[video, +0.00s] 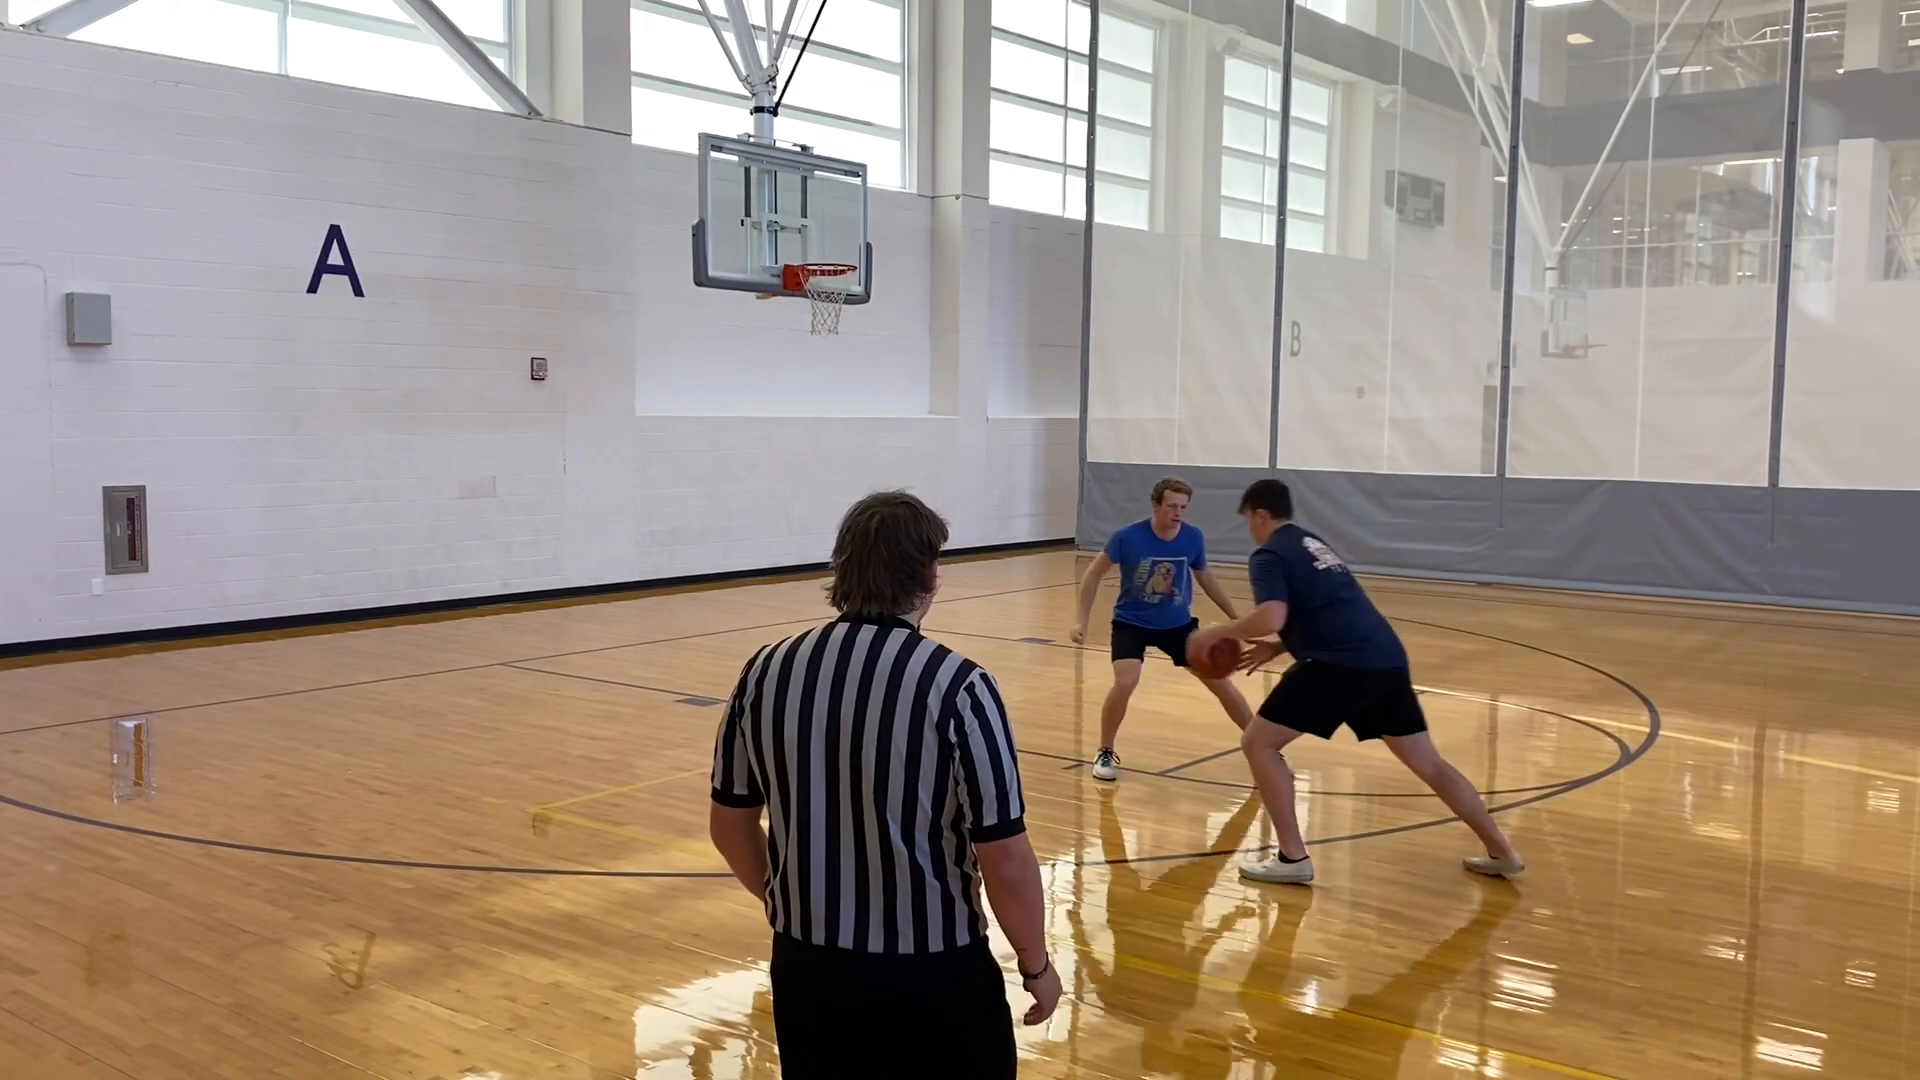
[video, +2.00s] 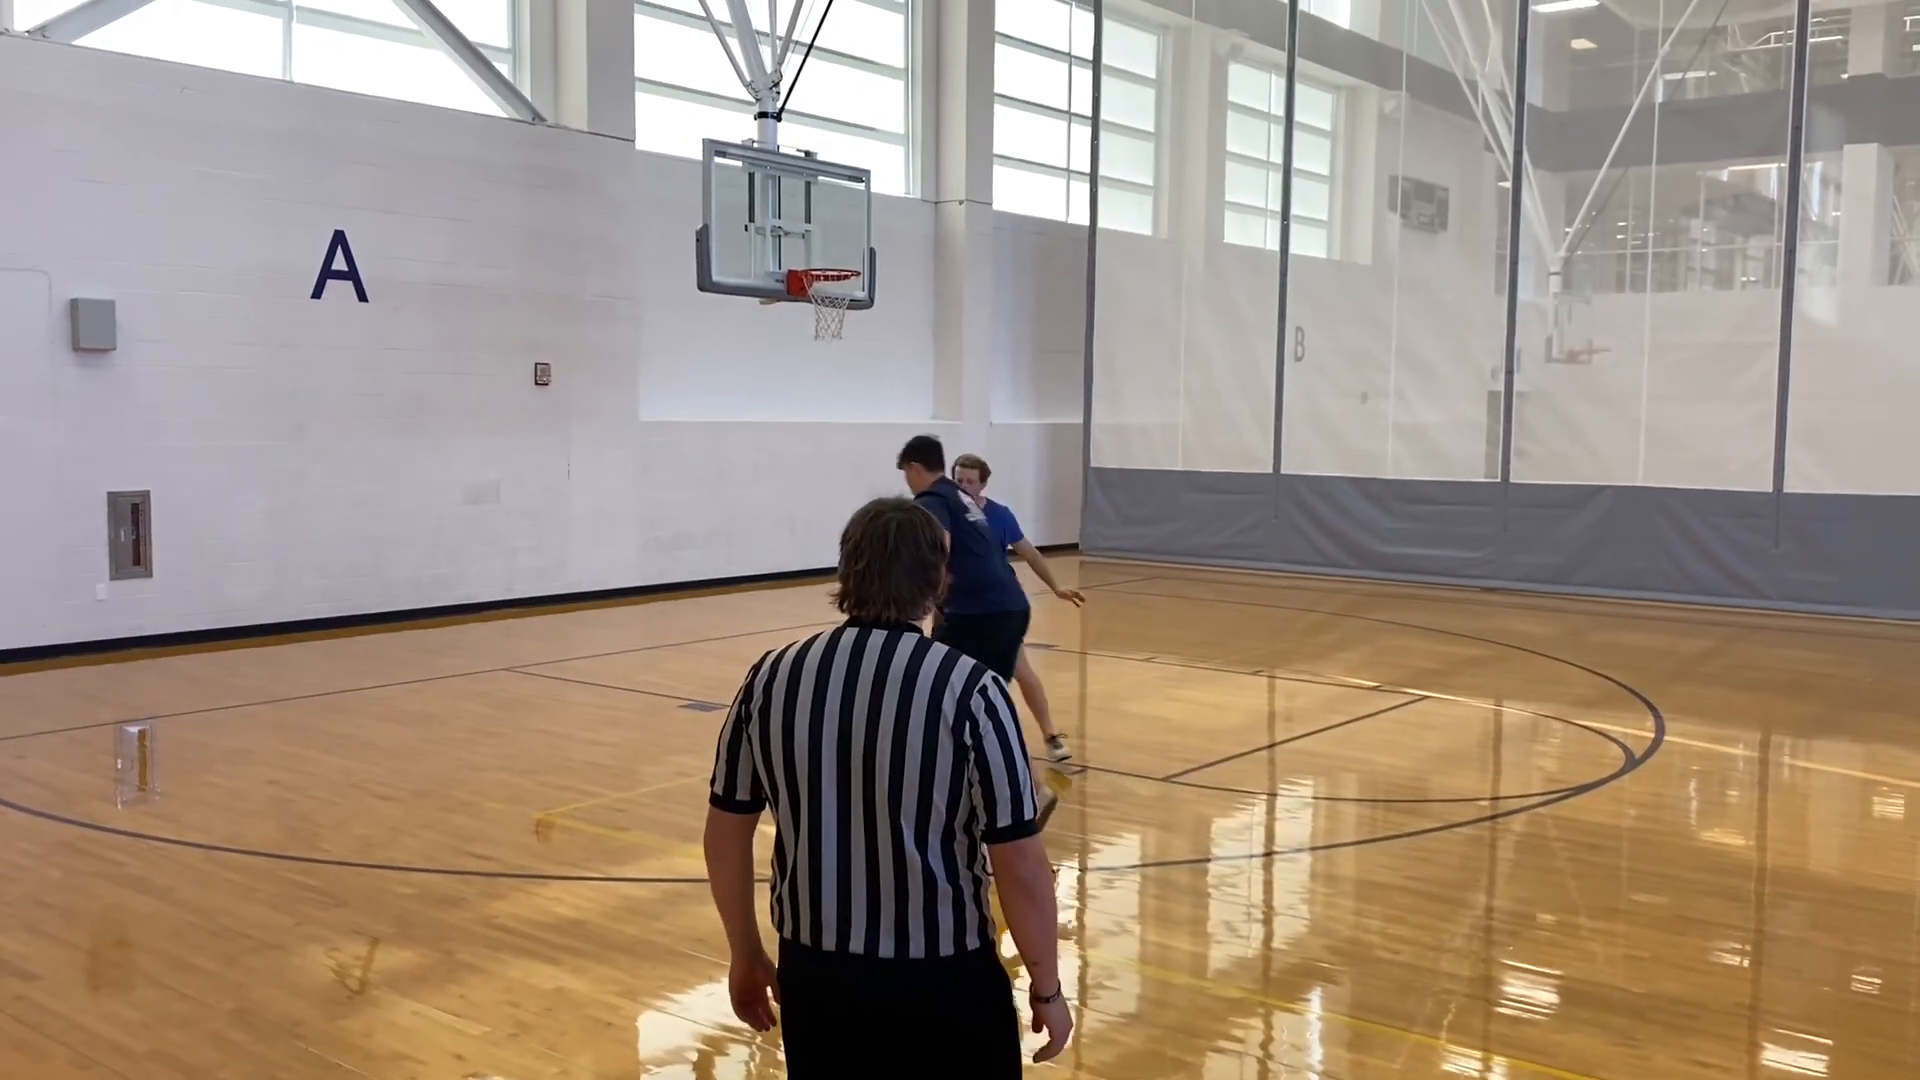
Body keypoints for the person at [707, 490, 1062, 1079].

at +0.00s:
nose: (940, 575)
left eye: (938, 559)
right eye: (937, 560)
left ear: (846, 566)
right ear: (926, 572)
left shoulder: (767, 670)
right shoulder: (959, 686)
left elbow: (731, 825)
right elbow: (1004, 855)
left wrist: (785, 900)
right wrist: (1036, 962)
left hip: (809, 979)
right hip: (940, 982)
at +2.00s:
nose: (950, 582)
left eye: (945, 566)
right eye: (947, 568)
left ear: (849, 572)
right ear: (937, 578)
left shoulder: (772, 676)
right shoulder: (973, 689)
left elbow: (725, 831)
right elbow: (1020, 862)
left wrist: (744, 950)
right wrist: (1047, 988)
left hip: (816, 984)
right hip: (948, 988)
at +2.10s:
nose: (949, 581)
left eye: (944, 566)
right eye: (946, 568)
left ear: (849, 572)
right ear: (936, 579)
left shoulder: (771, 677)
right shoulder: (971, 690)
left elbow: (726, 832)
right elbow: (1019, 860)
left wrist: (745, 951)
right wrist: (1047, 986)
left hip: (816, 984)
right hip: (948, 987)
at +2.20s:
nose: (950, 581)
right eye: (946, 568)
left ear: (846, 574)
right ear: (938, 581)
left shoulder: (772, 678)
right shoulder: (972, 691)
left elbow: (725, 833)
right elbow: (1019, 860)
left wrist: (747, 950)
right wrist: (1046, 982)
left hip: (816, 984)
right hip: (948, 988)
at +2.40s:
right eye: (946, 573)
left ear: (845, 575)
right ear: (937, 583)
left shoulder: (771, 677)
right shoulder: (971, 690)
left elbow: (726, 833)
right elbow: (1020, 861)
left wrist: (751, 948)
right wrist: (1045, 977)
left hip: (816, 982)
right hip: (949, 986)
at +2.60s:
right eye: (943, 568)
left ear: (842, 573)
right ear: (937, 579)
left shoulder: (771, 675)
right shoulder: (971, 687)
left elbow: (727, 831)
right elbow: (1020, 854)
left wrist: (757, 945)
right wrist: (1045, 973)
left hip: (817, 981)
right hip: (950, 984)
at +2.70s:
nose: (947, 581)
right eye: (942, 569)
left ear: (844, 571)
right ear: (934, 579)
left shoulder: (770, 673)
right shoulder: (969, 686)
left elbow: (725, 830)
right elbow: (1019, 856)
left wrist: (756, 944)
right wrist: (1042, 971)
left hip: (815, 981)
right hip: (947, 985)